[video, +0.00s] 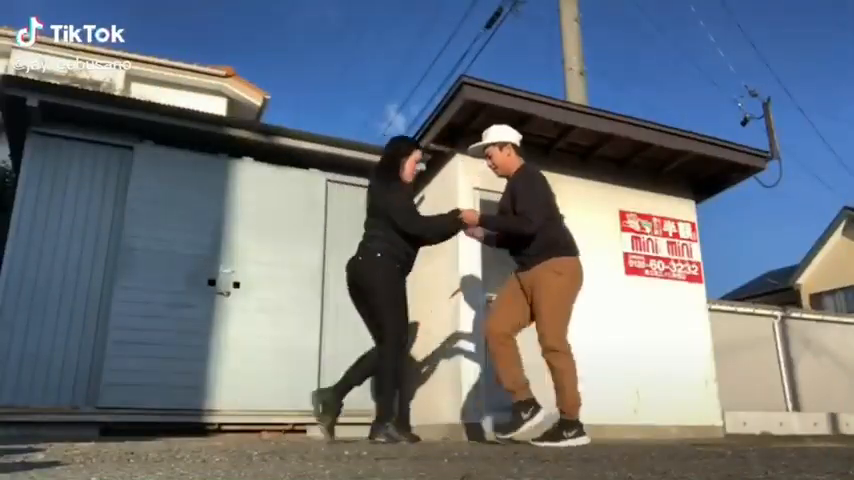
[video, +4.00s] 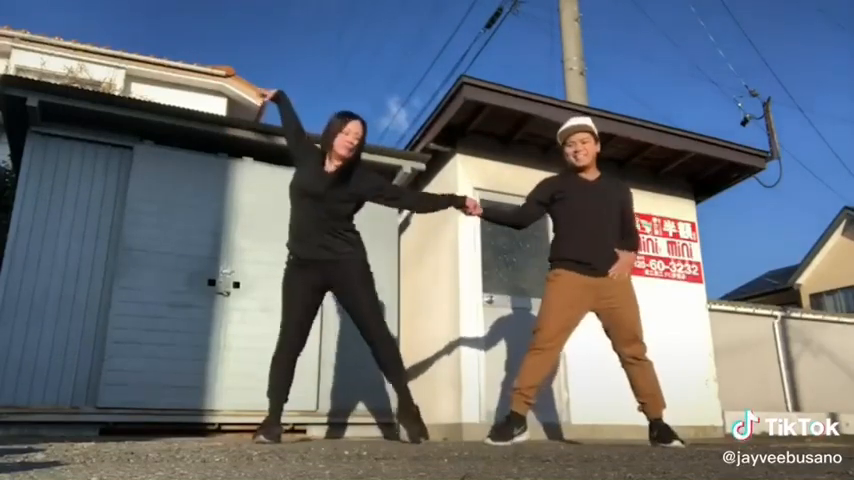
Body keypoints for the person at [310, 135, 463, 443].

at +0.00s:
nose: (417, 170)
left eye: (418, 164)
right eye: (414, 163)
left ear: (397, 161)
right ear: (399, 161)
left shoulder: (385, 189)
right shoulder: (392, 190)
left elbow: (418, 235)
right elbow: (416, 228)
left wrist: (456, 226)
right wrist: (457, 217)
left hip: (365, 269)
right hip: (380, 270)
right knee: (394, 343)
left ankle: (334, 395)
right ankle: (385, 424)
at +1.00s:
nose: (413, 154)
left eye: (413, 148)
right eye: (409, 148)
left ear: (380, 146)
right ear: (396, 147)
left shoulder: (366, 174)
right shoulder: (392, 177)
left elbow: (410, 207)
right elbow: (436, 193)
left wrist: (431, 186)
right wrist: (480, 172)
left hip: (334, 258)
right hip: (366, 260)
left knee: (336, 338)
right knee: (390, 334)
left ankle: (308, 417)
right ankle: (398, 418)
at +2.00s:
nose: (386, 148)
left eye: (387, 142)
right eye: (383, 141)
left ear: (354, 138)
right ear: (368, 139)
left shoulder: (334, 170)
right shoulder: (375, 174)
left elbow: (360, 202)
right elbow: (414, 207)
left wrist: (398, 212)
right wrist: (461, 213)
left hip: (314, 248)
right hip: (352, 250)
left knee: (307, 335)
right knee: (383, 331)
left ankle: (288, 418)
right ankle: (387, 418)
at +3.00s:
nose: (422, 147)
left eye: (422, 141)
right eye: (418, 140)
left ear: (397, 142)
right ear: (400, 140)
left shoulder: (377, 170)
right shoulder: (412, 169)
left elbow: (395, 218)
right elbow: (446, 201)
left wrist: (434, 228)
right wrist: (483, 185)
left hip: (363, 250)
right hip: (397, 251)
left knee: (378, 334)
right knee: (403, 338)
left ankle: (354, 411)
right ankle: (401, 423)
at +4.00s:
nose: (351, 143)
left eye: (357, 140)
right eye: (347, 135)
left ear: (361, 147)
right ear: (330, 134)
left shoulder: (361, 179)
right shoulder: (306, 155)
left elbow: (409, 198)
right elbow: (291, 125)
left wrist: (456, 201)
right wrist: (279, 97)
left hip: (347, 266)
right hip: (303, 265)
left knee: (376, 334)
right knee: (289, 342)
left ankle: (407, 407)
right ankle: (272, 420)